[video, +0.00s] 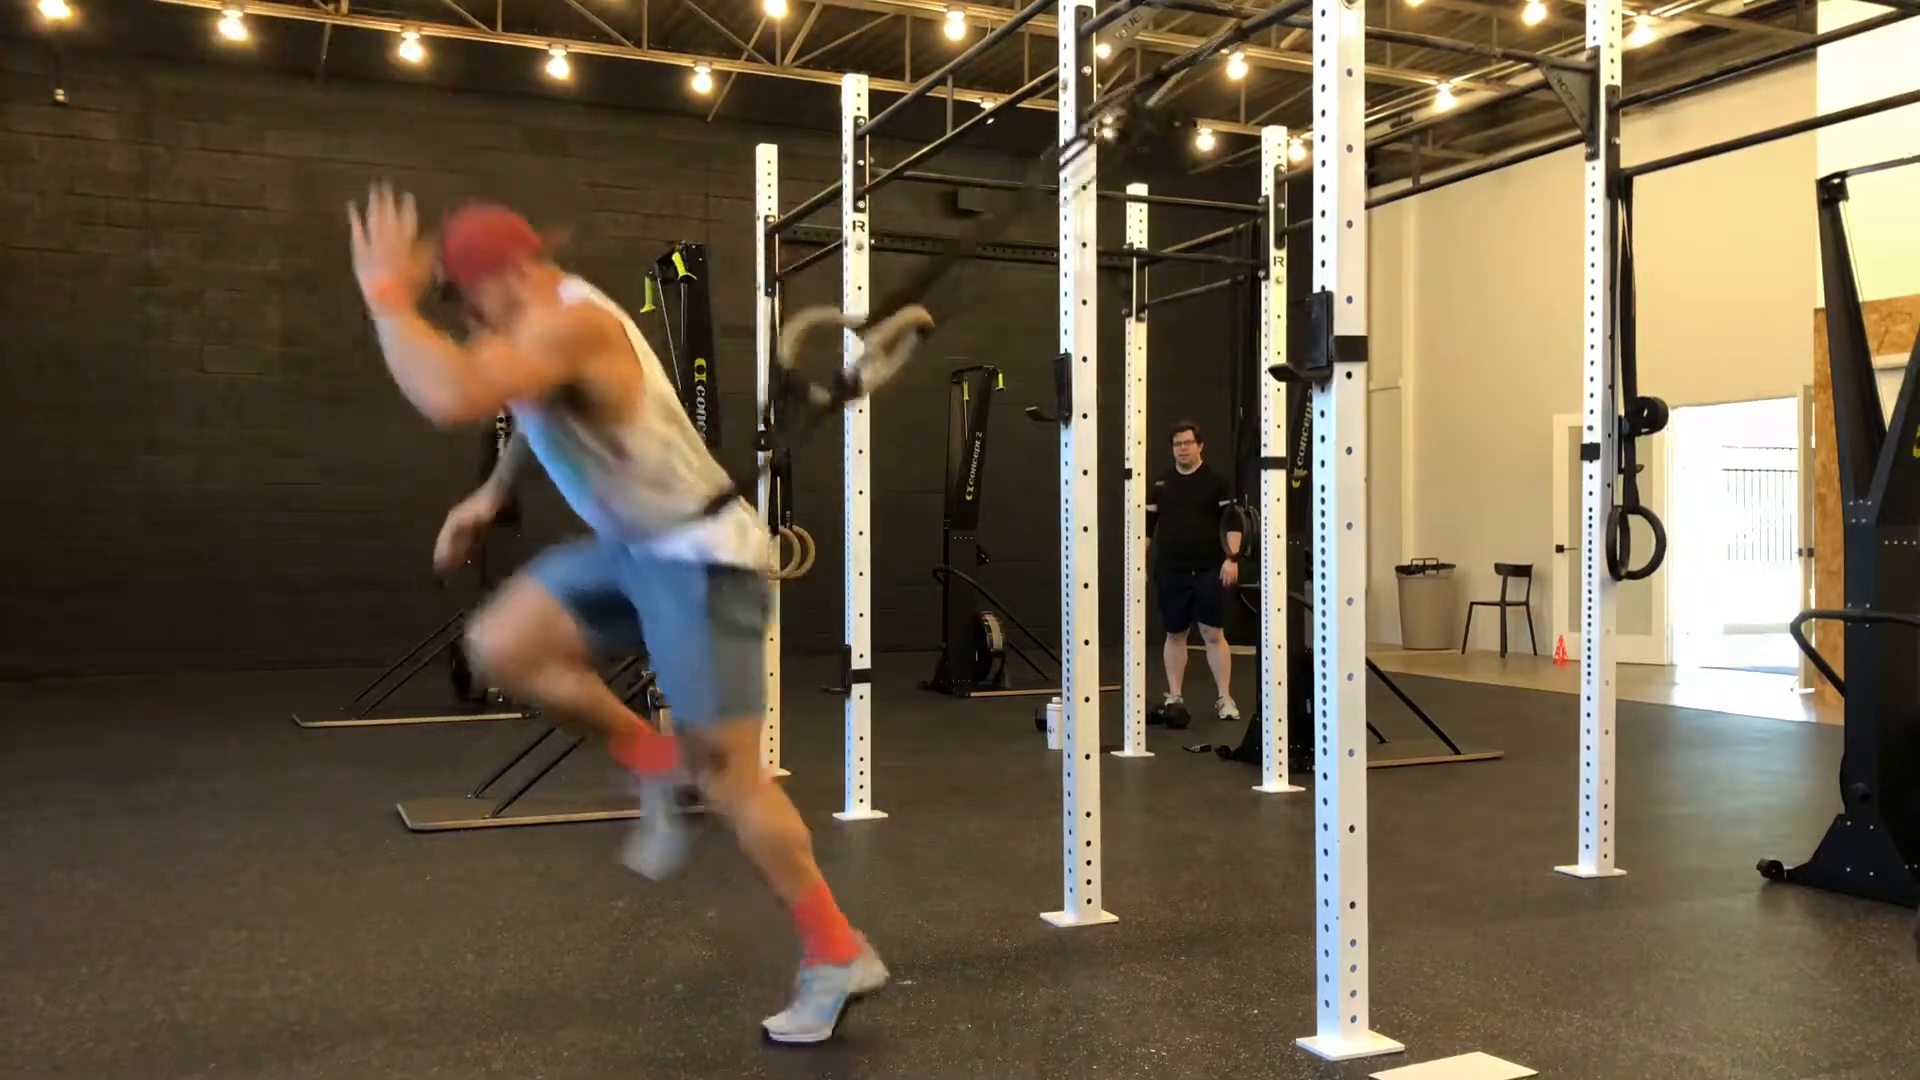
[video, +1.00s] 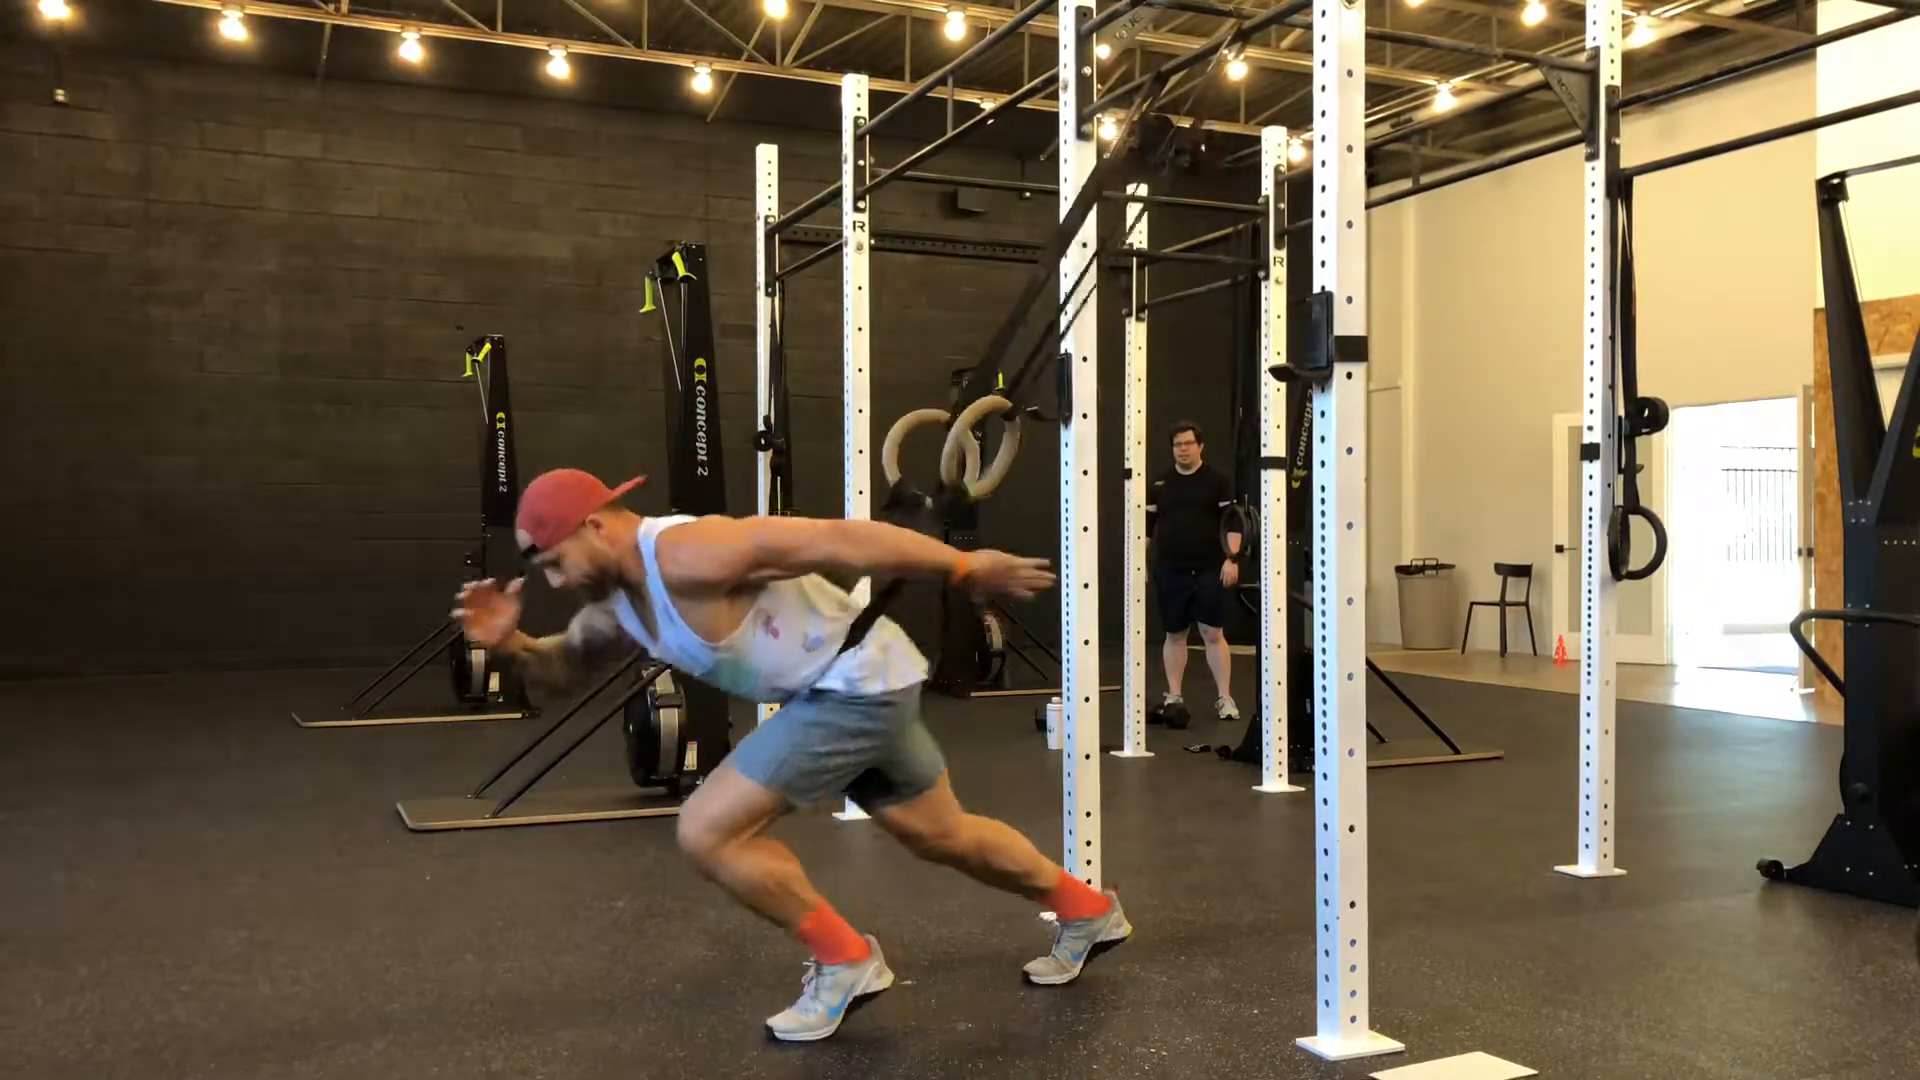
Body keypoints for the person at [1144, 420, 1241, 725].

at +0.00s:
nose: (1182, 449)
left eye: (1187, 443)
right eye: (1177, 444)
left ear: (1200, 446)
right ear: (1171, 448)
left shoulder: (1216, 481)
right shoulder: (1161, 484)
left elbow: (1233, 522)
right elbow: (1147, 529)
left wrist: (1232, 558)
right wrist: (1141, 564)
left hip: (1209, 570)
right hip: (1171, 570)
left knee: (1213, 634)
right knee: (1175, 634)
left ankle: (1224, 698)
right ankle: (1174, 697)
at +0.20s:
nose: (1182, 449)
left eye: (1188, 443)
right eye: (1177, 444)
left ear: (1200, 447)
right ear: (1171, 449)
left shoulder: (1216, 481)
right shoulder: (1161, 484)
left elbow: (1233, 522)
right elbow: (1146, 529)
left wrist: (1232, 558)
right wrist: (1141, 565)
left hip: (1208, 571)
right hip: (1170, 571)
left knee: (1213, 634)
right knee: (1175, 634)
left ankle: (1224, 698)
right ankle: (1174, 696)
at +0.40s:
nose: (1182, 449)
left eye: (1188, 444)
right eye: (1177, 445)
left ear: (1201, 447)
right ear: (1171, 449)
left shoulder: (1216, 481)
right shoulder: (1162, 483)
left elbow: (1233, 522)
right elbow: (1147, 527)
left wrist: (1232, 558)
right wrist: (1140, 563)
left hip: (1209, 570)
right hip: (1171, 570)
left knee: (1213, 634)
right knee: (1175, 634)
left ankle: (1224, 698)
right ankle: (1174, 696)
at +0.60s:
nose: (1182, 450)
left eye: (1188, 444)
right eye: (1177, 445)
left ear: (1201, 447)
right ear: (1172, 449)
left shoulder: (1217, 480)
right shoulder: (1163, 483)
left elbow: (1233, 521)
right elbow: (1148, 527)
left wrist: (1232, 558)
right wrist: (1141, 563)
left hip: (1209, 570)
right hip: (1171, 570)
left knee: (1212, 634)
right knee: (1175, 634)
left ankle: (1224, 698)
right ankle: (1174, 696)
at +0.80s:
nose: (1182, 449)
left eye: (1188, 443)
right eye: (1177, 444)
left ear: (1201, 446)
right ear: (1172, 448)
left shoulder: (1217, 480)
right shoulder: (1163, 483)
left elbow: (1233, 521)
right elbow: (1149, 526)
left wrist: (1232, 558)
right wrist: (1142, 563)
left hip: (1209, 569)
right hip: (1171, 570)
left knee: (1213, 633)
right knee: (1175, 634)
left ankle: (1225, 698)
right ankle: (1174, 696)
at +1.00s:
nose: (1182, 449)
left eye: (1188, 444)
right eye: (1177, 444)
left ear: (1200, 447)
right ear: (1171, 449)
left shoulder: (1217, 480)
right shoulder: (1162, 483)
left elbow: (1233, 521)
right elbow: (1148, 527)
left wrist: (1232, 558)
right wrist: (1142, 563)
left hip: (1209, 569)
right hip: (1171, 570)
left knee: (1212, 634)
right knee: (1175, 634)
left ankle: (1225, 698)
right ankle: (1174, 696)